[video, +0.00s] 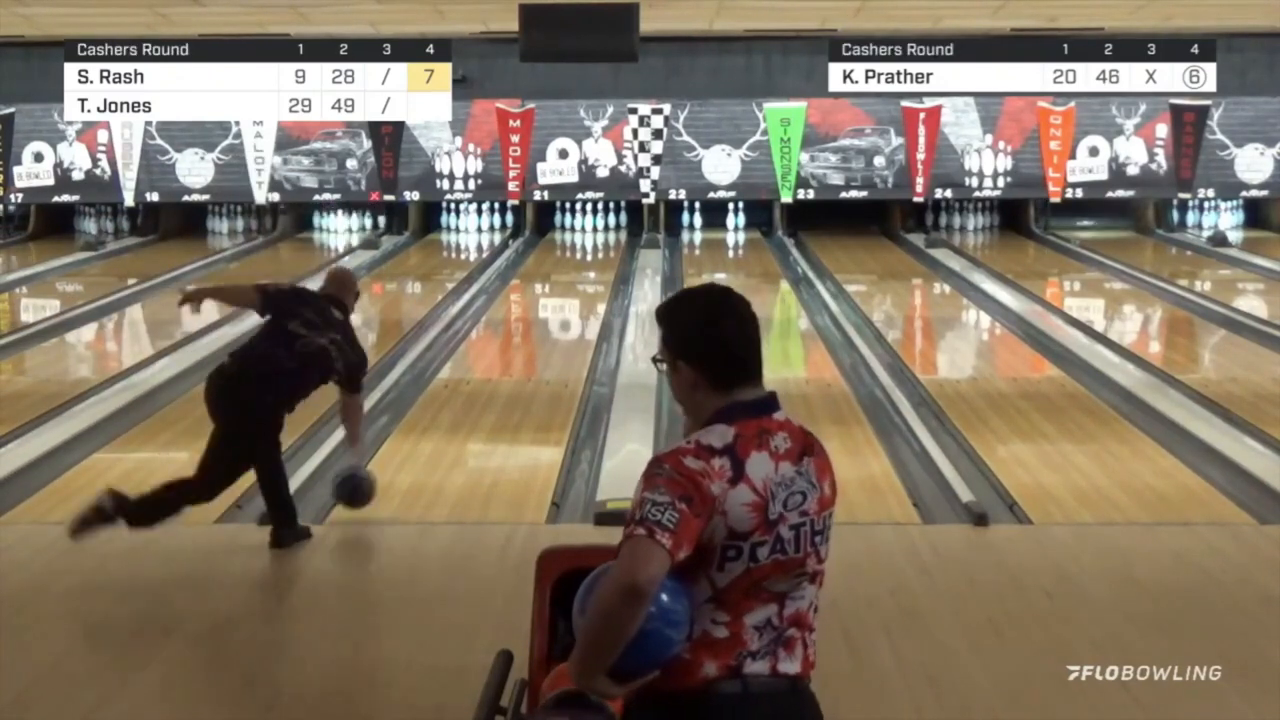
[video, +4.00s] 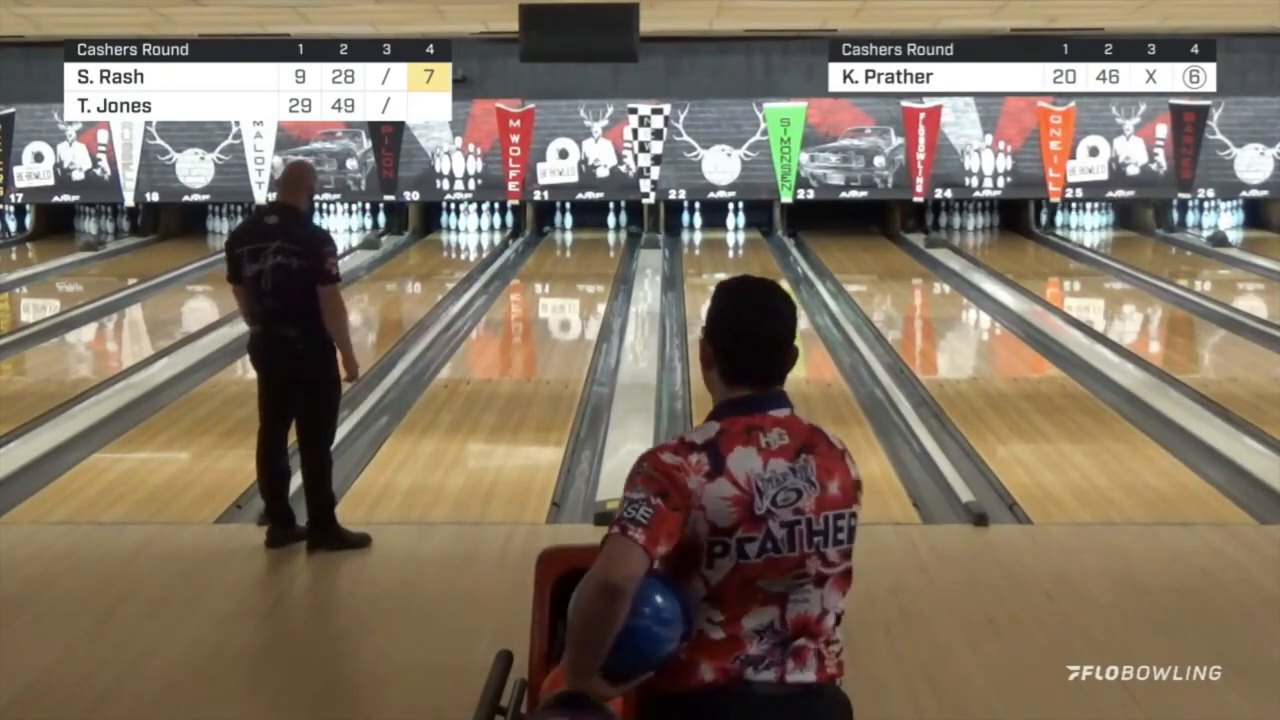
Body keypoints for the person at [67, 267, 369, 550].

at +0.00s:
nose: (355, 299)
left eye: (347, 291)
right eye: (355, 295)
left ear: (324, 287)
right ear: (352, 299)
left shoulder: (296, 297)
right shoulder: (350, 350)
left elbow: (248, 295)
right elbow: (351, 407)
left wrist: (205, 292)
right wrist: (356, 444)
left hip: (221, 385)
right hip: (257, 410)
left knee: (267, 450)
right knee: (205, 486)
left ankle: (285, 529)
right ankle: (122, 508)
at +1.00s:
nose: (379, 284)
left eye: (378, 278)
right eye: (379, 278)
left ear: (345, 272)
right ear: (373, 281)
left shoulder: (308, 284)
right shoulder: (361, 317)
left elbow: (250, 295)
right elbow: (322, 346)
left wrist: (196, 302)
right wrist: (270, 379)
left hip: (230, 360)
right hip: (253, 376)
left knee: (284, 432)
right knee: (206, 458)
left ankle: (283, 525)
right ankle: (129, 511)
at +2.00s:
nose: (345, 191)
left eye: (342, 184)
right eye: (342, 185)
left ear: (308, 187)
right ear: (335, 190)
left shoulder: (276, 222)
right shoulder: (343, 241)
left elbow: (235, 267)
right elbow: (346, 310)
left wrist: (197, 305)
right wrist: (352, 365)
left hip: (261, 340)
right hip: (304, 346)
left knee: (278, 428)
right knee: (314, 430)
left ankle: (278, 520)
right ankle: (290, 526)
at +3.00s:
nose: (326, 191)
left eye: (319, 183)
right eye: (326, 185)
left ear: (291, 184)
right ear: (323, 188)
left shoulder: (260, 229)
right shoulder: (337, 240)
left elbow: (244, 286)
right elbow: (351, 296)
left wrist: (254, 332)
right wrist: (319, 310)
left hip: (278, 347)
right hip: (328, 350)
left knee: (279, 436)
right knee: (350, 438)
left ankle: (281, 525)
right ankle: (366, 523)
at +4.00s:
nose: (314, 196)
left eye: (312, 189)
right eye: (313, 190)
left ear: (279, 186)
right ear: (307, 191)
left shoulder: (242, 233)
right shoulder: (314, 237)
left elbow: (240, 293)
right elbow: (330, 302)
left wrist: (260, 330)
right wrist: (347, 353)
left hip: (266, 347)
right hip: (312, 348)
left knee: (272, 435)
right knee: (316, 441)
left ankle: (280, 525)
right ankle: (324, 527)